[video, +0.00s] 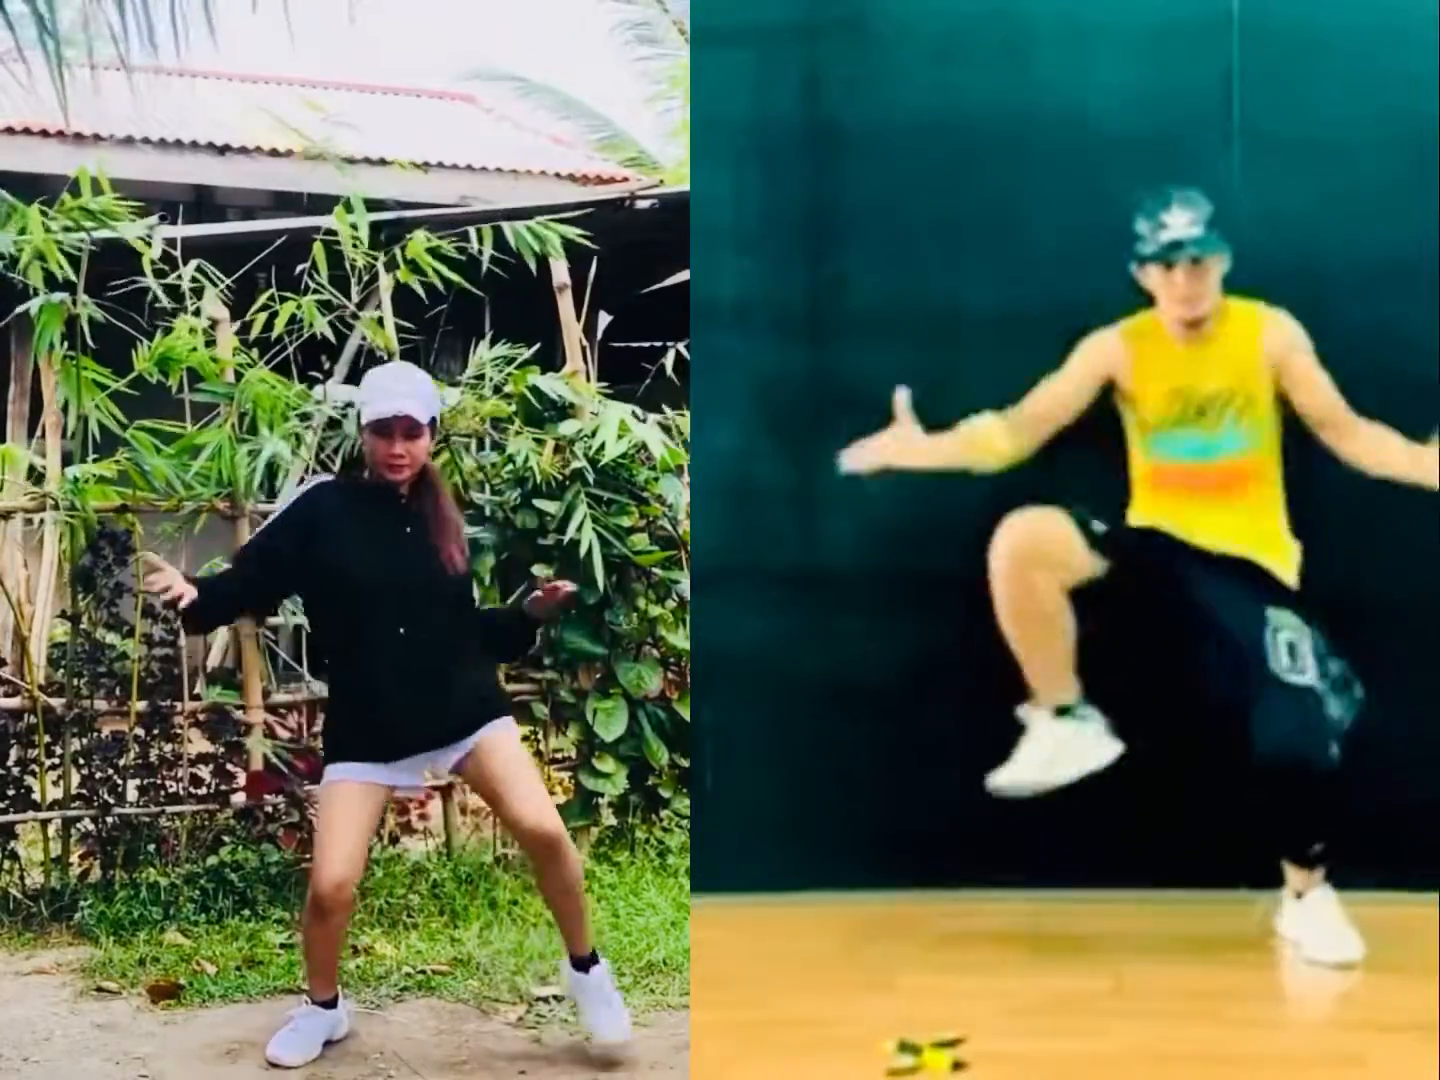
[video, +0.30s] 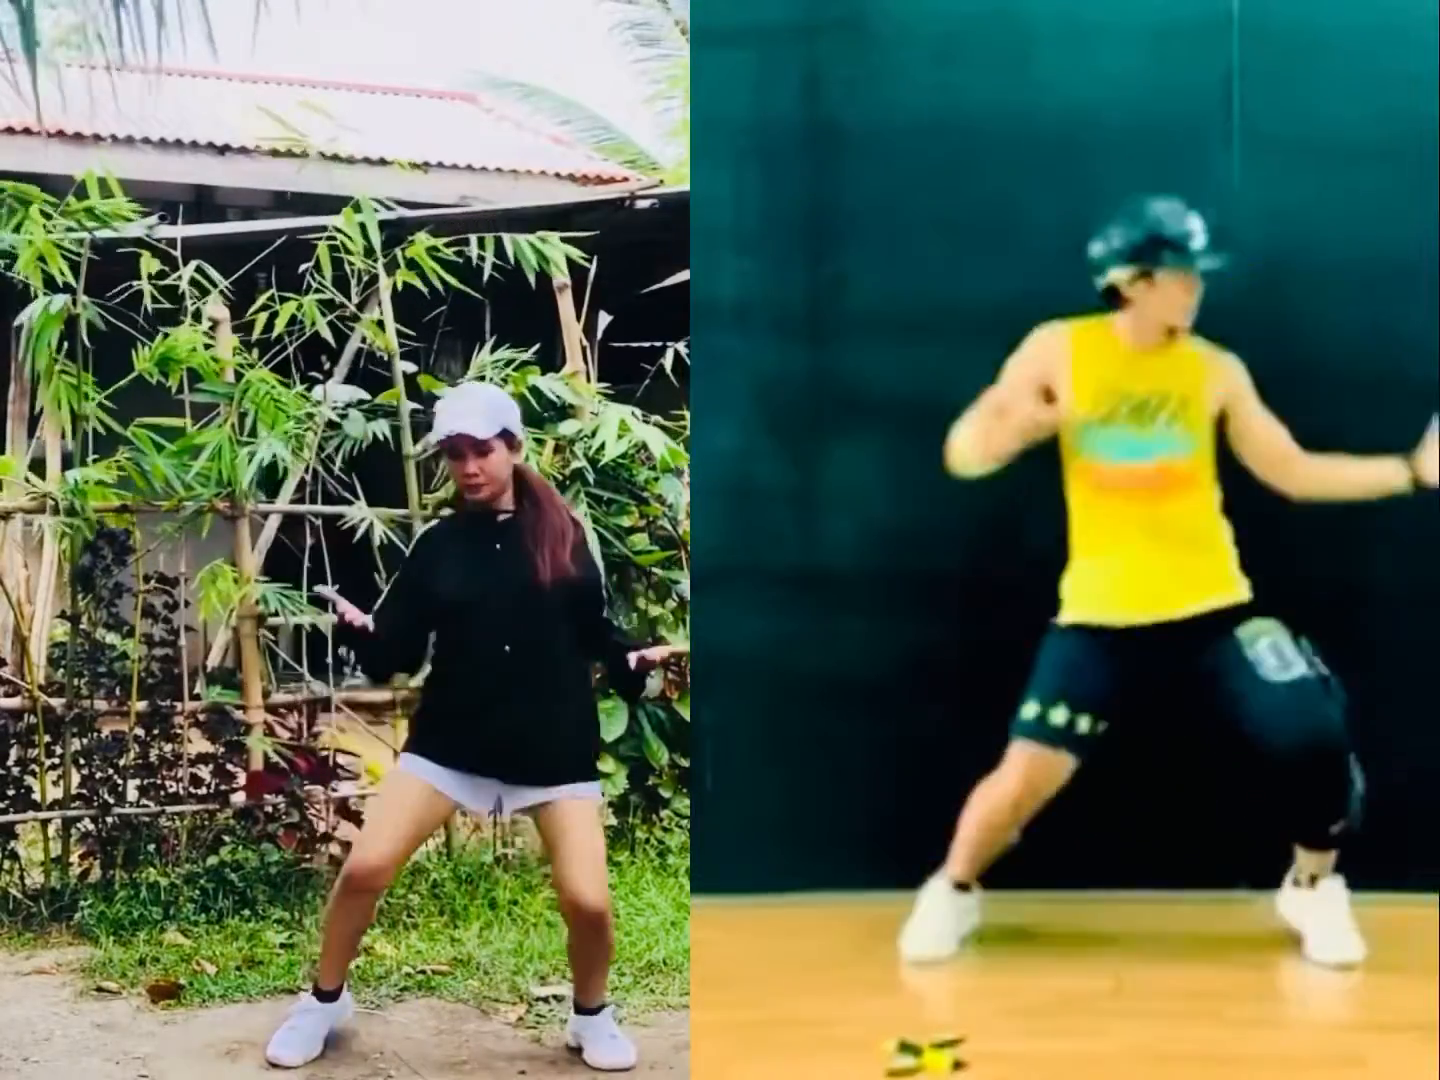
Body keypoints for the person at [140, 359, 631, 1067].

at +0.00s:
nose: (398, 448)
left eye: (411, 434)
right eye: (384, 433)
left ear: (432, 438)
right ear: (363, 436)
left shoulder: (440, 517)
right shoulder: (324, 510)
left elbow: (460, 630)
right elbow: (252, 579)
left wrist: (528, 613)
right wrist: (195, 598)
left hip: (466, 710)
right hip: (365, 729)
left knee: (543, 829)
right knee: (329, 888)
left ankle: (587, 969)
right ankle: (322, 1007)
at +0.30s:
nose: (468, 468)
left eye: (481, 451)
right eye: (455, 455)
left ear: (514, 448)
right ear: (444, 462)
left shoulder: (562, 534)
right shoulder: (437, 545)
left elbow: (591, 627)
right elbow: (396, 656)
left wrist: (628, 654)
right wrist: (362, 629)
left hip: (555, 747)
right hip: (449, 740)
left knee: (590, 902)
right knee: (363, 869)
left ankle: (594, 1015)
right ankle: (324, 1001)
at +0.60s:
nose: (494, 446)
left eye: (507, 430)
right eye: (485, 433)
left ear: (548, 427)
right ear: (481, 437)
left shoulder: (605, 497)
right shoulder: (496, 517)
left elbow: (681, 565)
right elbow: (474, 625)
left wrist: (657, 600)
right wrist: (413, 632)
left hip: (573, 717)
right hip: (480, 693)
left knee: (583, 883)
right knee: (385, 769)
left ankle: (591, 1012)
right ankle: (459, 865)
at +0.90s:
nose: (461, 448)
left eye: (474, 433)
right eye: (454, 435)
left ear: (517, 430)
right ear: (457, 437)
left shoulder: (578, 510)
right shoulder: (459, 521)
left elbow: (643, 596)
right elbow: (407, 637)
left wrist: (610, 536)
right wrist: (314, 657)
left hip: (561, 727)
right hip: (458, 710)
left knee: (580, 886)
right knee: (345, 806)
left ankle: (592, 1011)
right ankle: (344, 950)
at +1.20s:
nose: (376, 473)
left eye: (394, 459)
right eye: (368, 458)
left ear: (429, 468)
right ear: (355, 462)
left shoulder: (456, 550)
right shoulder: (329, 545)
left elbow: (487, 655)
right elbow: (247, 620)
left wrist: (520, 683)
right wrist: (221, 592)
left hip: (469, 754)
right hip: (367, 759)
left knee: (516, 894)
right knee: (300, 891)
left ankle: (584, 1010)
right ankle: (313, 1013)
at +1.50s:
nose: (340, 409)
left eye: (356, 396)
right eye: (327, 395)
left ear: (381, 408)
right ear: (310, 404)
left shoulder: (403, 486)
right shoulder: (275, 500)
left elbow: (441, 576)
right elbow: (250, 600)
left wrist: (481, 593)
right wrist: (237, 633)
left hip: (397, 680)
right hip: (303, 706)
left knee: (516, 738)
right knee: (297, 867)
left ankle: (445, 851)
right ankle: (310, 1008)